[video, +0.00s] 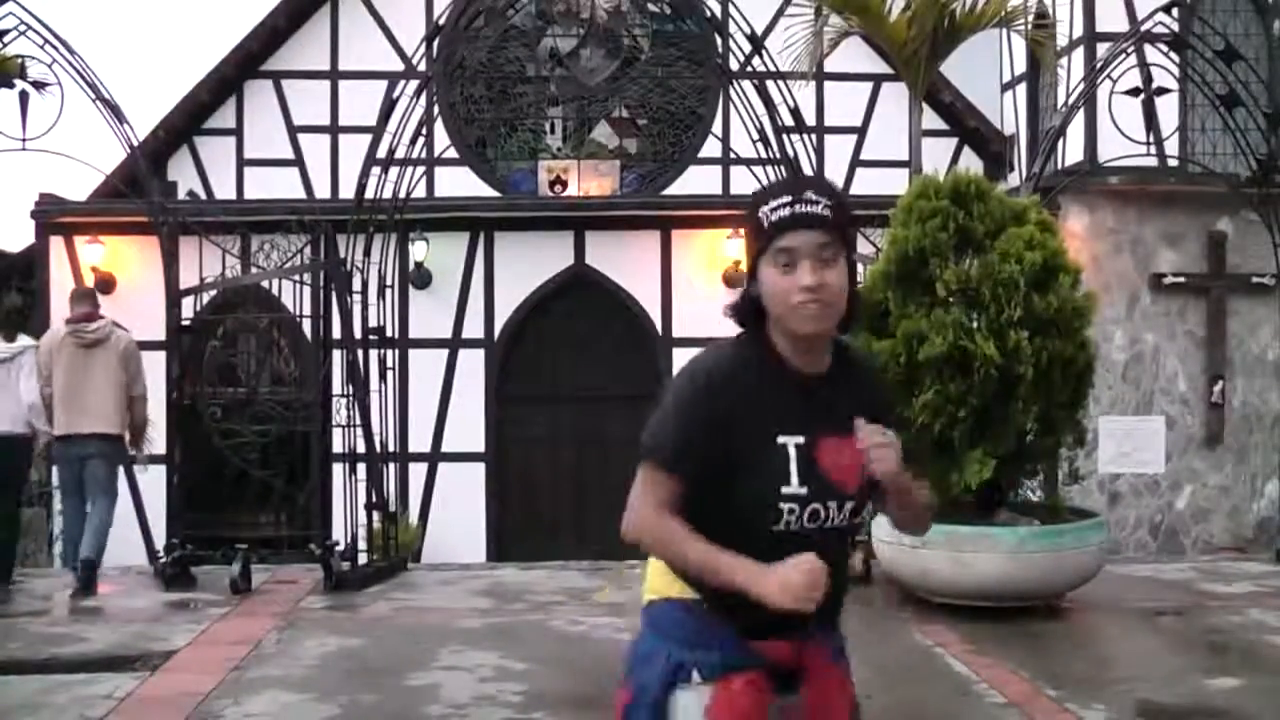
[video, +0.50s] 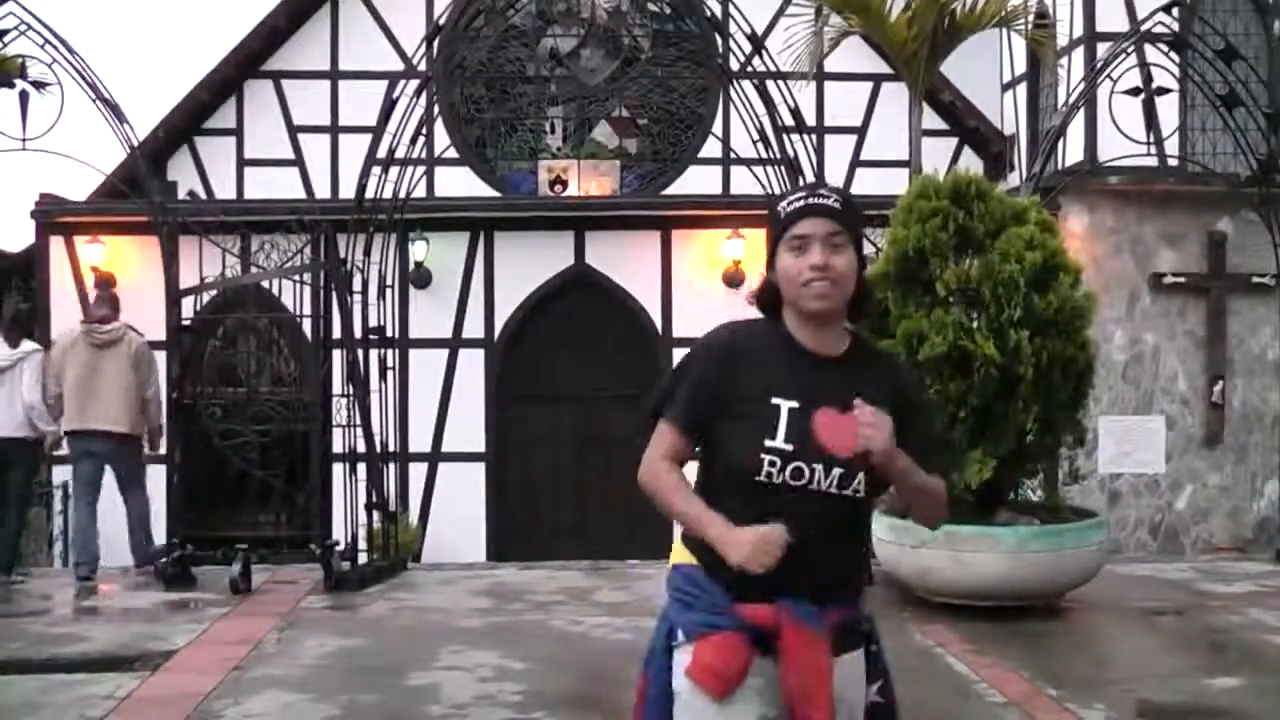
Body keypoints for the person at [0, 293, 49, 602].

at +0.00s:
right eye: (21, 314)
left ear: (4, 320)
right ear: (22, 320)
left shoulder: (22, 349)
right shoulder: (25, 349)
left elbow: (31, 397)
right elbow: (31, 397)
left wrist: (42, 429)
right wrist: (43, 429)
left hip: (12, 436)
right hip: (14, 437)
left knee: (11, 508)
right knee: (10, 509)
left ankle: (6, 578)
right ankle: (5, 578)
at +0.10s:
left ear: (4, 319)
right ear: (24, 319)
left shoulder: (19, 348)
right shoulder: (28, 348)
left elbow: (31, 395)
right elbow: (31, 395)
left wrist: (43, 430)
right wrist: (44, 430)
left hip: (10, 433)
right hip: (14, 434)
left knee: (11, 506)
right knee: (11, 506)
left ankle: (7, 572)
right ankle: (5, 573)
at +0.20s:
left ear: (3, 320)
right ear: (25, 320)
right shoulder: (29, 347)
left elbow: (31, 393)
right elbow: (32, 394)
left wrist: (42, 426)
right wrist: (44, 426)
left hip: (8, 432)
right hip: (15, 433)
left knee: (10, 505)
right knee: (11, 505)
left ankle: (6, 570)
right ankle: (5, 571)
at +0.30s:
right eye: (26, 319)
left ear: (3, 320)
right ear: (26, 320)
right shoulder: (30, 348)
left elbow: (31, 393)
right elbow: (32, 393)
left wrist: (43, 425)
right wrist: (44, 425)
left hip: (9, 432)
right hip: (16, 433)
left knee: (11, 504)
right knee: (12, 504)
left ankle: (7, 569)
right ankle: (5, 570)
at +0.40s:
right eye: (27, 321)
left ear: (4, 322)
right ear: (26, 322)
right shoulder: (31, 351)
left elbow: (31, 395)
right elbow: (31, 395)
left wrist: (44, 426)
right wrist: (45, 427)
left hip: (9, 435)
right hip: (16, 436)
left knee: (12, 506)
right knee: (13, 506)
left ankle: (7, 569)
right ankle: (5, 570)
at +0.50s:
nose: (32, 330)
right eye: (31, 325)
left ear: (5, 325)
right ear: (27, 326)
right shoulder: (32, 354)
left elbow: (32, 399)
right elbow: (32, 399)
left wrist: (49, 428)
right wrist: (50, 429)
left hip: (8, 437)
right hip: (19, 438)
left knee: (13, 506)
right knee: (14, 506)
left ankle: (9, 566)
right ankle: (7, 568)